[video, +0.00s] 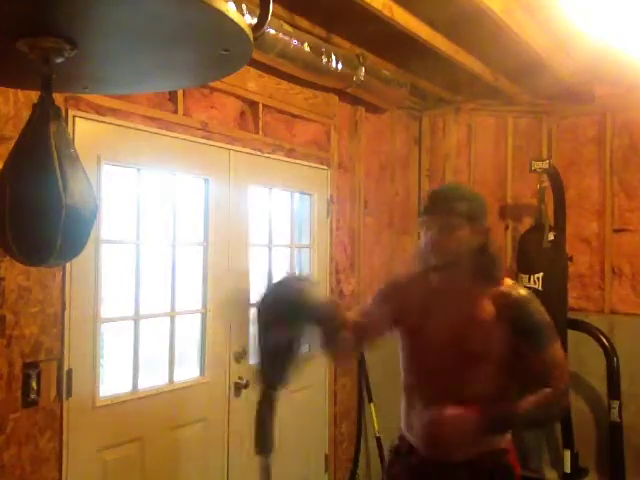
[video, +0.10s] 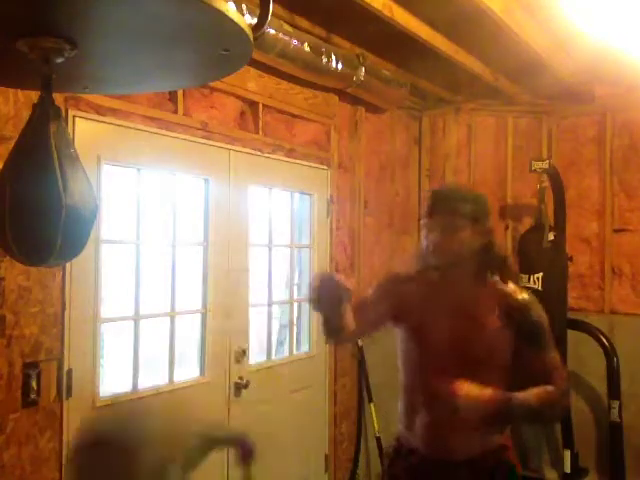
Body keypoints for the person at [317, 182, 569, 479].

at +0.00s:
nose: (432, 240)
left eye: (447, 229)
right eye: (427, 229)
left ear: (480, 233)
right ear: (420, 233)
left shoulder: (514, 305)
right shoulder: (405, 295)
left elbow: (557, 395)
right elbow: (346, 345)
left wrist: (481, 421)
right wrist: (331, 323)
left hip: (487, 461)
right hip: (416, 460)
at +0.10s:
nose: (434, 241)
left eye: (450, 230)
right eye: (429, 229)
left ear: (481, 233)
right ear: (422, 232)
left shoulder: (515, 306)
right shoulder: (403, 292)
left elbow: (556, 395)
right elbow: (343, 332)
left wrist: (491, 402)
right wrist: (334, 305)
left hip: (485, 462)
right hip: (416, 460)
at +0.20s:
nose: (435, 244)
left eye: (449, 233)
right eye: (429, 232)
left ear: (477, 238)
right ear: (420, 236)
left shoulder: (509, 308)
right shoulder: (399, 297)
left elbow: (541, 396)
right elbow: (348, 358)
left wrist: (467, 377)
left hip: (483, 464)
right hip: (412, 462)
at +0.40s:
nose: (404, 245)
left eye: (418, 233)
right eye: (400, 233)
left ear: (449, 236)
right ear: (395, 238)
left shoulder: (474, 291)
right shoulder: (405, 300)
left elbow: (420, 328)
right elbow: (416, 377)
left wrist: (321, 331)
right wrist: (385, 422)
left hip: (475, 463)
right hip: (416, 460)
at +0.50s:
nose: (394, 252)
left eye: (406, 239)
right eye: (393, 240)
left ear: (442, 241)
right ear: (390, 243)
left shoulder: (463, 290)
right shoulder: (411, 304)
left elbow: (412, 342)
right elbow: (433, 384)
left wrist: (316, 346)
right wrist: (392, 414)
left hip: (474, 462)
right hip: (421, 458)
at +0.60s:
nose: (399, 252)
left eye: (413, 240)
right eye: (397, 240)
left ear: (446, 243)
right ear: (392, 245)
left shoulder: (474, 296)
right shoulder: (406, 309)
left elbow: (492, 379)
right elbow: (415, 380)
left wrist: (402, 391)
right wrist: (380, 394)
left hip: (478, 462)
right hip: (421, 458)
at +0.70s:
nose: (414, 247)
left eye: (428, 234)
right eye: (410, 234)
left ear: (460, 237)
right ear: (404, 239)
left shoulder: (501, 299)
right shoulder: (396, 302)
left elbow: (552, 378)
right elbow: (381, 373)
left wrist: (498, 398)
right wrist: (367, 359)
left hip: (483, 464)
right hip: (414, 462)